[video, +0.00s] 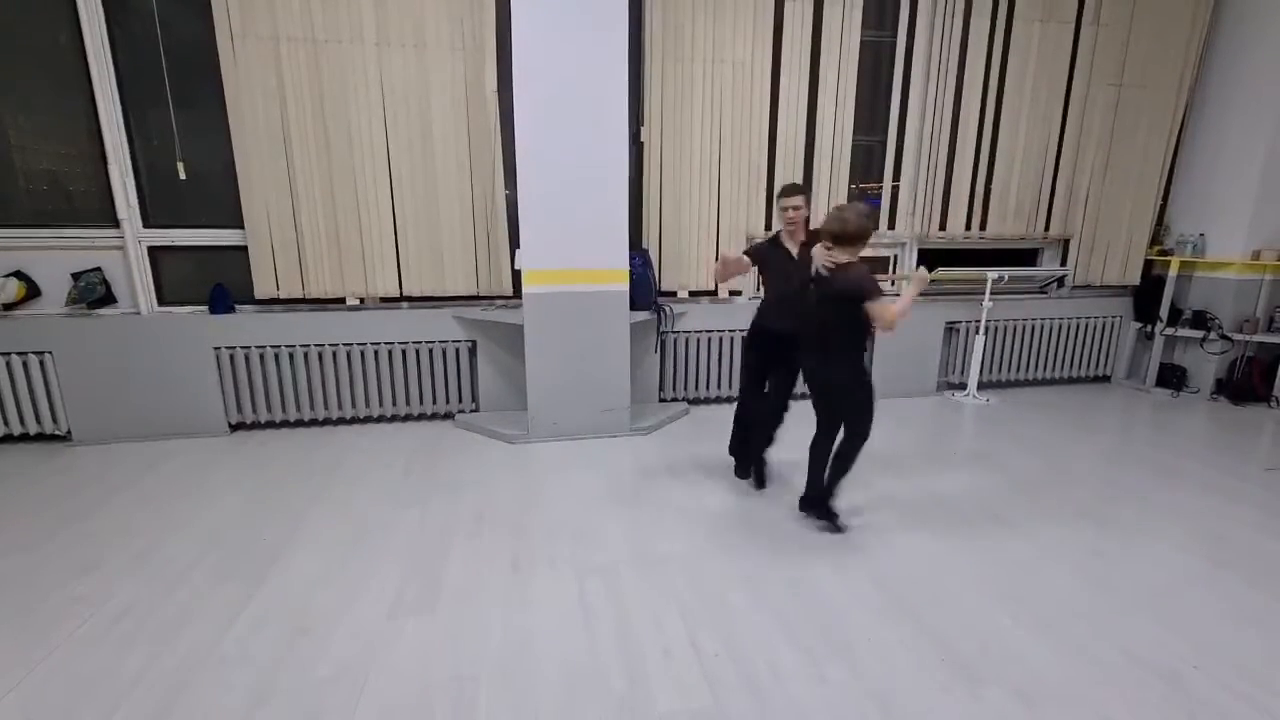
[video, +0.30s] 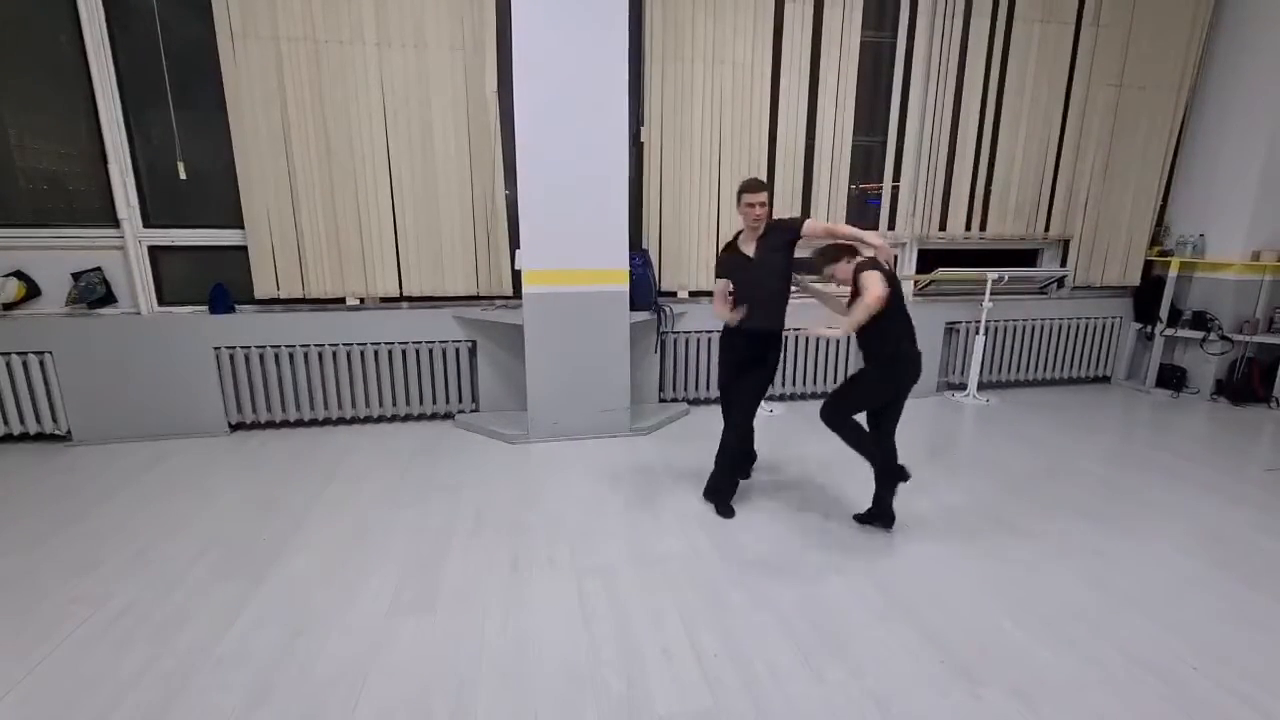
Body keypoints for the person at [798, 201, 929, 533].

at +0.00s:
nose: (867, 241)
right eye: (866, 236)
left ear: (829, 235)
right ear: (863, 240)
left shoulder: (816, 260)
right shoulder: (858, 276)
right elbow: (886, 319)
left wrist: (873, 318)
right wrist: (913, 289)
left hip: (815, 361)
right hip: (847, 366)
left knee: (826, 426)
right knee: (858, 429)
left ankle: (811, 496)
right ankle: (823, 498)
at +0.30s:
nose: (836, 282)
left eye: (833, 275)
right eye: (831, 278)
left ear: (846, 259)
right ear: (848, 260)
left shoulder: (867, 269)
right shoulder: (870, 274)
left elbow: (875, 297)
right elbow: (850, 315)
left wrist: (845, 328)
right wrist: (814, 291)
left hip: (890, 367)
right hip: (899, 365)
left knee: (832, 412)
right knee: (882, 435)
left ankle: (889, 467)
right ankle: (882, 510)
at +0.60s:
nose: (853, 268)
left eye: (856, 262)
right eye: (851, 264)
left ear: (875, 256)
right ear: (862, 262)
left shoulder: (914, 274)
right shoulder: (860, 289)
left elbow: (971, 282)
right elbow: (824, 306)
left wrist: (969, 326)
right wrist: (784, 291)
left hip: (928, 367)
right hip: (888, 370)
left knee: (915, 435)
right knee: (890, 438)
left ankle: (922, 492)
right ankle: (890, 506)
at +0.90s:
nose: (913, 238)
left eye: (923, 235)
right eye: (914, 232)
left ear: (941, 247)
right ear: (911, 240)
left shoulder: (957, 282)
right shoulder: (893, 283)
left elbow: (995, 296)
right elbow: (840, 295)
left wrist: (970, 316)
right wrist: (798, 293)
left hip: (943, 368)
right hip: (901, 363)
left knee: (930, 431)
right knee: (858, 415)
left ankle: (916, 493)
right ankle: (861, 479)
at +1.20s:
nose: (925, 238)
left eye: (935, 234)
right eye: (926, 232)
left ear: (954, 244)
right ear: (923, 238)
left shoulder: (970, 283)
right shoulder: (905, 275)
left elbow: (1009, 304)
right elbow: (852, 273)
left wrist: (975, 319)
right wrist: (803, 260)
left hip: (947, 370)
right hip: (906, 363)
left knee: (928, 434)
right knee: (869, 416)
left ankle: (915, 492)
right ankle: (885, 474)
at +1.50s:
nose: (925, 243)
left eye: (935, 239)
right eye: (927, 237)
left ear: (955, 249)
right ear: (926, 242)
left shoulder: (972, 287)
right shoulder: (907, 275)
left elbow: (1010, 314)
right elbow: (858, 257)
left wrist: (972, 330)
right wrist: (827, 227)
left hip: (941, 372)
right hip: (903, 366)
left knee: (911, 430)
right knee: (905, 432)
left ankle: (900, 503)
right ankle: (907, 492)